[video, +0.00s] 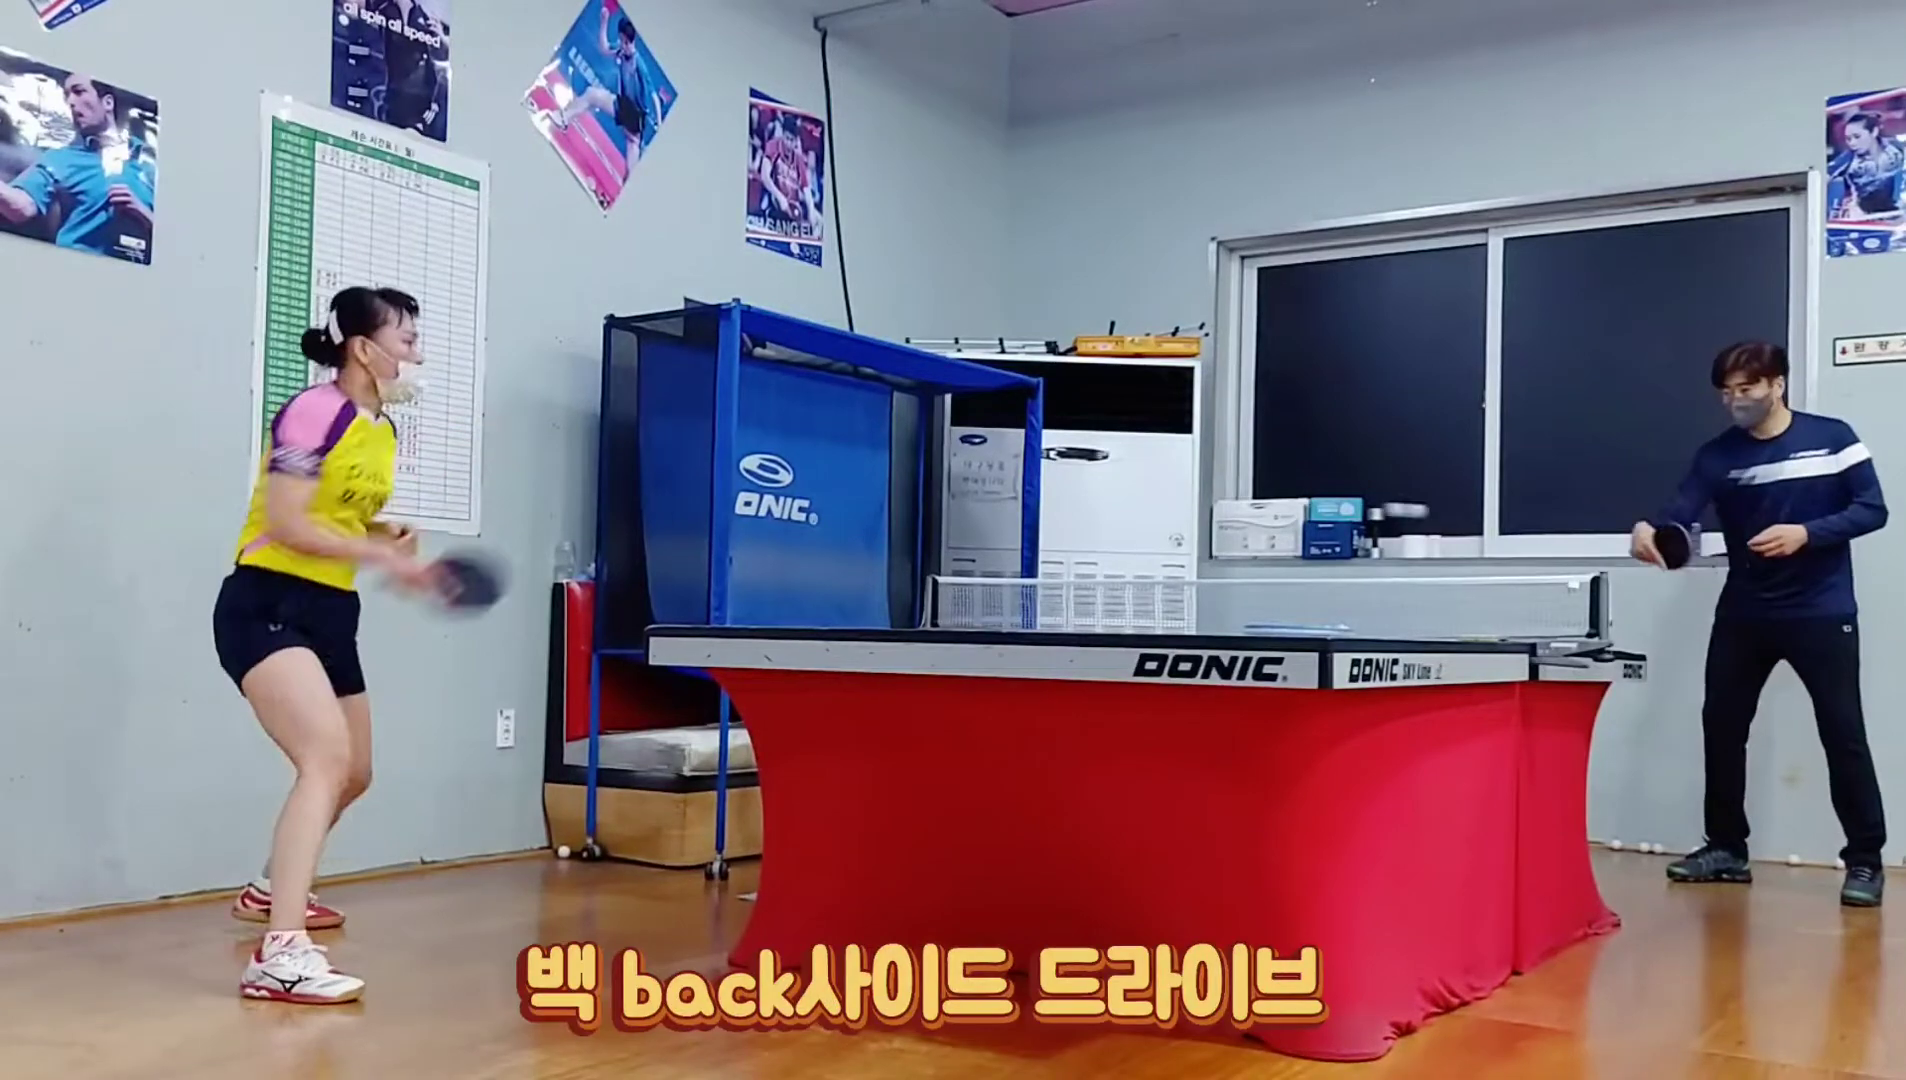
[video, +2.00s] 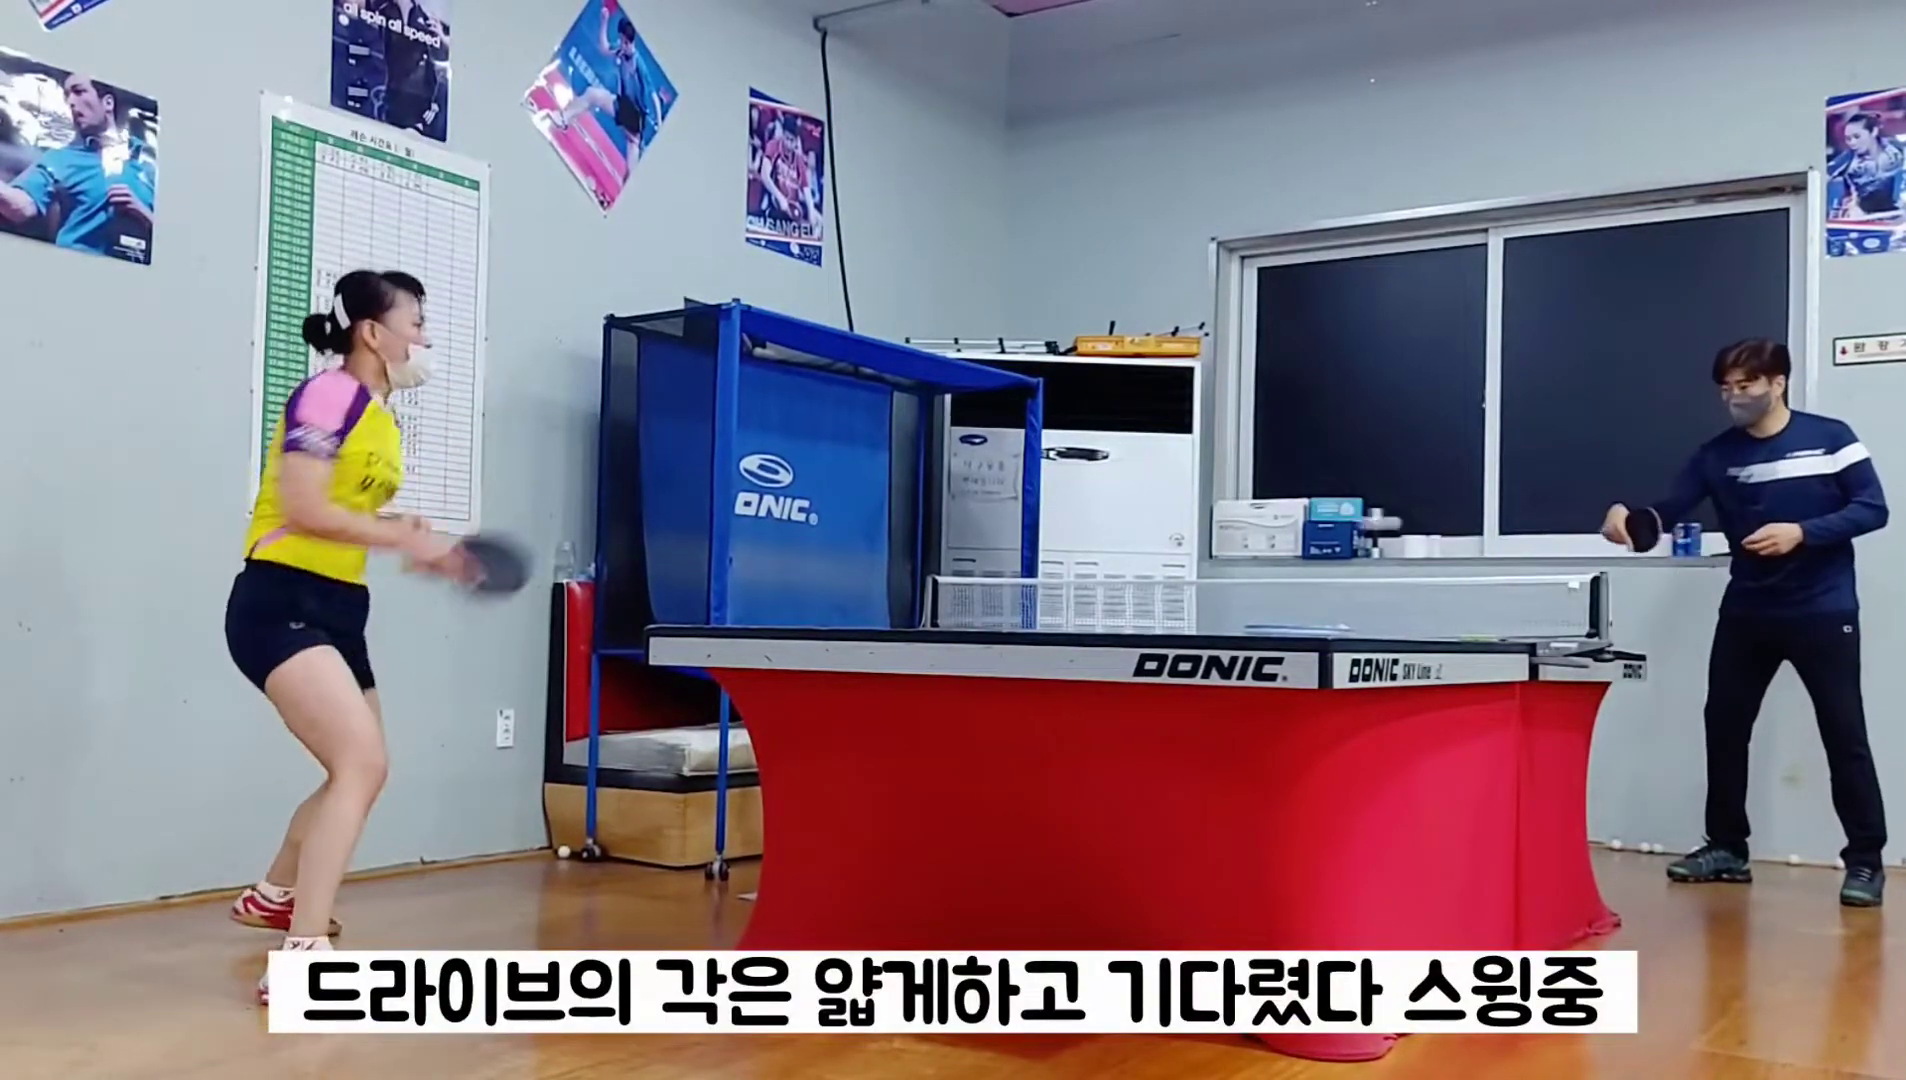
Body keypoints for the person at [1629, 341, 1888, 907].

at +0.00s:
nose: (1736, 399)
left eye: (1746, 388)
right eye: (1728, 391)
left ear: (1777, 386)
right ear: (1721, 396)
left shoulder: (1833, 438)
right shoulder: (1717, 456)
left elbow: (1873, 509)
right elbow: (1680, 520)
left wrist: (1806, 532)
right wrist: (1652, 532)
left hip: (1821, 616)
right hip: (1744, 615)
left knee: (1843, 736)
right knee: (1721, 726)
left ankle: (1863, 862)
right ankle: (1726, 849)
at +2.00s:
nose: (1733, 395)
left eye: (1744, 384)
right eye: (1726, 387)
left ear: (1777, 383)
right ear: (1721, 393)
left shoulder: (1831, 437)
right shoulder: (1716, 456)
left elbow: (1873, 508)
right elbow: (1664, 514)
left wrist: (1801, 531)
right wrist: (1628, 519)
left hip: (1823, 614)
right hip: (1747, 614)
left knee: (1845, 739)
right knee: (1724, 727)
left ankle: (1864, 863)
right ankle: (1727, 849)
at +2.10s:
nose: (1734, 392)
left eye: (1746, 381)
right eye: (1727, 384)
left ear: (1778, 381)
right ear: (1721, 391)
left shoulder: (1831, 438)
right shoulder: (1716, 454)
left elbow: (1870, 510)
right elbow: (1667, 509)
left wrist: (1799, 534)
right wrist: (1633, 514)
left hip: (1819, 615)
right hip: (1744, 614)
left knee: (1843, 738)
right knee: (1723, 726)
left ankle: (1863, 863)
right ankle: (1726, 848)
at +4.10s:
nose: (1726, 395)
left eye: (1737, 385)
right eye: (1718, 388)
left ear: (1769, 385)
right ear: (1712, 394)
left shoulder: (1822, 439)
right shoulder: (1708, 457)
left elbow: (1860, 512)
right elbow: (1669, 513)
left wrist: (1787, 533)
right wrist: (1636, 529)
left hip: (1812, 614)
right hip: (1736, 615)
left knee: (1838, 737)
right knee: (1715, 725)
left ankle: (1863, 863)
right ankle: (1725, 849)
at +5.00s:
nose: (1713, 399)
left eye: (1724, 388)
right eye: (1706, 391)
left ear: (1756, 388)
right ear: (1700, 398)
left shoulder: (1808, 440)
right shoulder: (1698, 458)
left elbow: (1851, 511)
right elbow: (1643, 508)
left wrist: (1781, 535)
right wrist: (1607, 513)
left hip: (1804, 616)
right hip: (1730, 617)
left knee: (1835, 737)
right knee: (1712, 729)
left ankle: (1864, 860)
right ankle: (1725, 848)